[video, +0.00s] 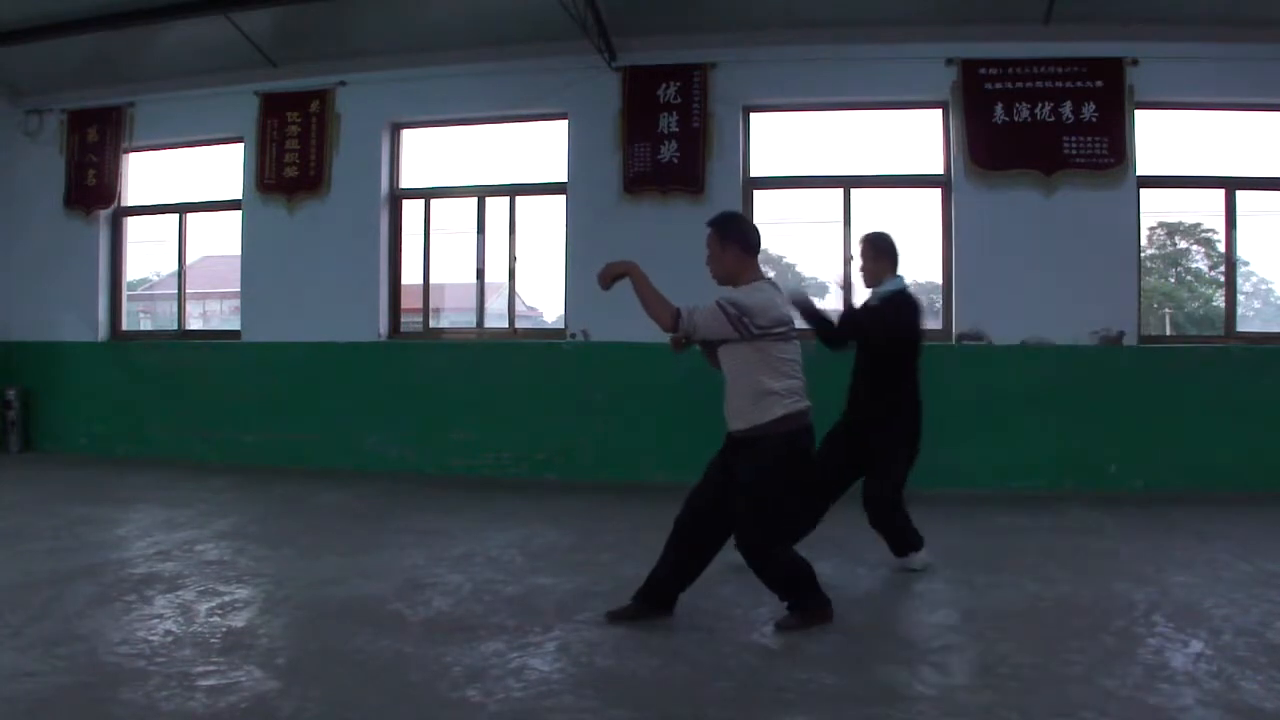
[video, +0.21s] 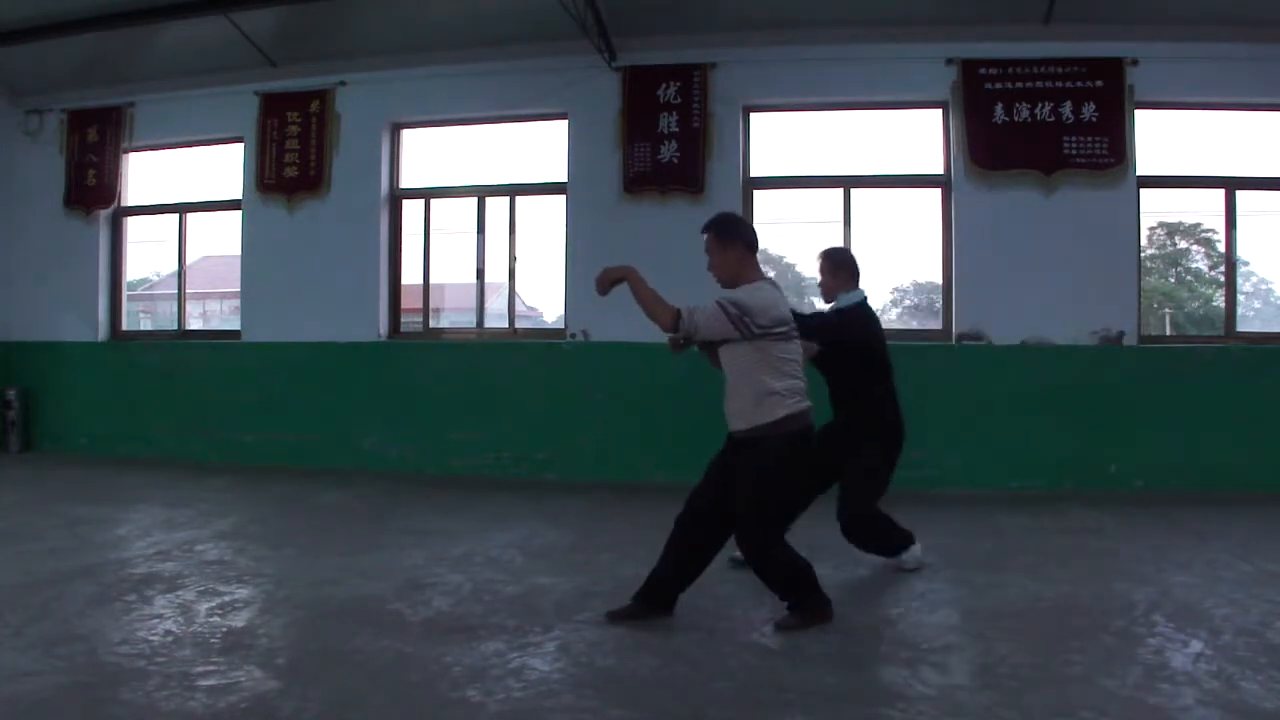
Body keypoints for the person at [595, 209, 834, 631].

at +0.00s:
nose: (708, 262)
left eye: (712, 252)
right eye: (708, 253)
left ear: (735, 251)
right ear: (742, 252)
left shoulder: (752, 302)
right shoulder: (764, 298)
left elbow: (673, 321)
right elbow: (734, 361)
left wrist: (632, 272)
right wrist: (695, 340)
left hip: (777, 441)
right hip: (748, 439)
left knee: (756, 537)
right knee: (698, 523)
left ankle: (812, 605)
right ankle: (654, 601)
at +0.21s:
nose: (709, 266)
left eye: (712, 255)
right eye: (708, 256)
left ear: (736, 251)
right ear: (743, 252)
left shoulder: (754, 302)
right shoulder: (763, 298)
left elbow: (672, 321)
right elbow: (736, 360)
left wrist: (629, 275)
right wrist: (695, 340)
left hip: (778, 439)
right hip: (750, 438)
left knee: (756, 536)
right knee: (699, 522)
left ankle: (812, 604)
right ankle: (654, 601)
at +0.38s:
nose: (706, 269)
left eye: (709, 257)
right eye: (705, 259)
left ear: (737, 252)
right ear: (739, 254)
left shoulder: (756, 303)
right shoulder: (754, 301)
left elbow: (673, 328)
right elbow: (731, 364)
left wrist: (626, 280)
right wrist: (688, 339)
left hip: (782, 440)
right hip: (750, 440)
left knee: (756, 535)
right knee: (700, 525)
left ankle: (812, 604)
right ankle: (654, 601)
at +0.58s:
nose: (696, 268)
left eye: (699, 256)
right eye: (695, 258)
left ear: (726, 252)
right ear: (730, 253)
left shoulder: (745, 300)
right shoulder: (751, 298)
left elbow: (662, 327)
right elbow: (736, 368)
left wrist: (617, 280)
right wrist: (690, 358)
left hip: (779, 438)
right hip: (747, 438)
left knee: (756, 533)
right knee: (700, 523)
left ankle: (812, 604)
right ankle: (655, 600)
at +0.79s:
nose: (667, 263)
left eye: (673, 252)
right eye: (667, 253)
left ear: (702, 254)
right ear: (703, 256)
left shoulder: (715, 305)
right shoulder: (732, 300)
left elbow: (631, 328)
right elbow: (740, 366)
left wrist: (587, 282)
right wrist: (694, 396)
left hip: (751, 442)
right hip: (720, 440)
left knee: (747, 542)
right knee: (668, 513)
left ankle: (811, 602)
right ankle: (625, 594)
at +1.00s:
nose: (604, 257)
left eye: (611, 248)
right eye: (606, 248)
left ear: (639, 252)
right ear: (641, 254)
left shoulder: (629, 304)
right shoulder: (675, 303)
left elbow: (559, 322)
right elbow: (715, 353)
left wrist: (512, 291)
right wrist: (675, 381)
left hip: (656, 440)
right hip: (688, 433)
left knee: (593, 515)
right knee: (723, 523)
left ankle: (563, 605)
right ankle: (803, 593)